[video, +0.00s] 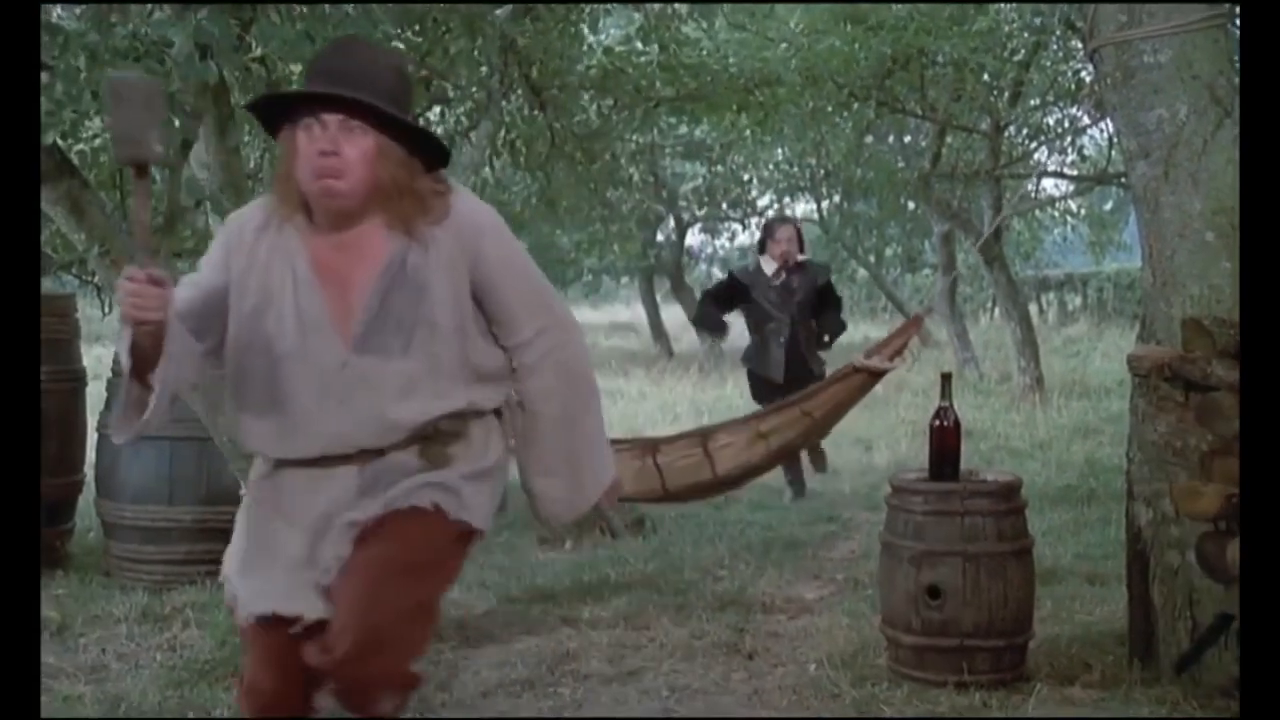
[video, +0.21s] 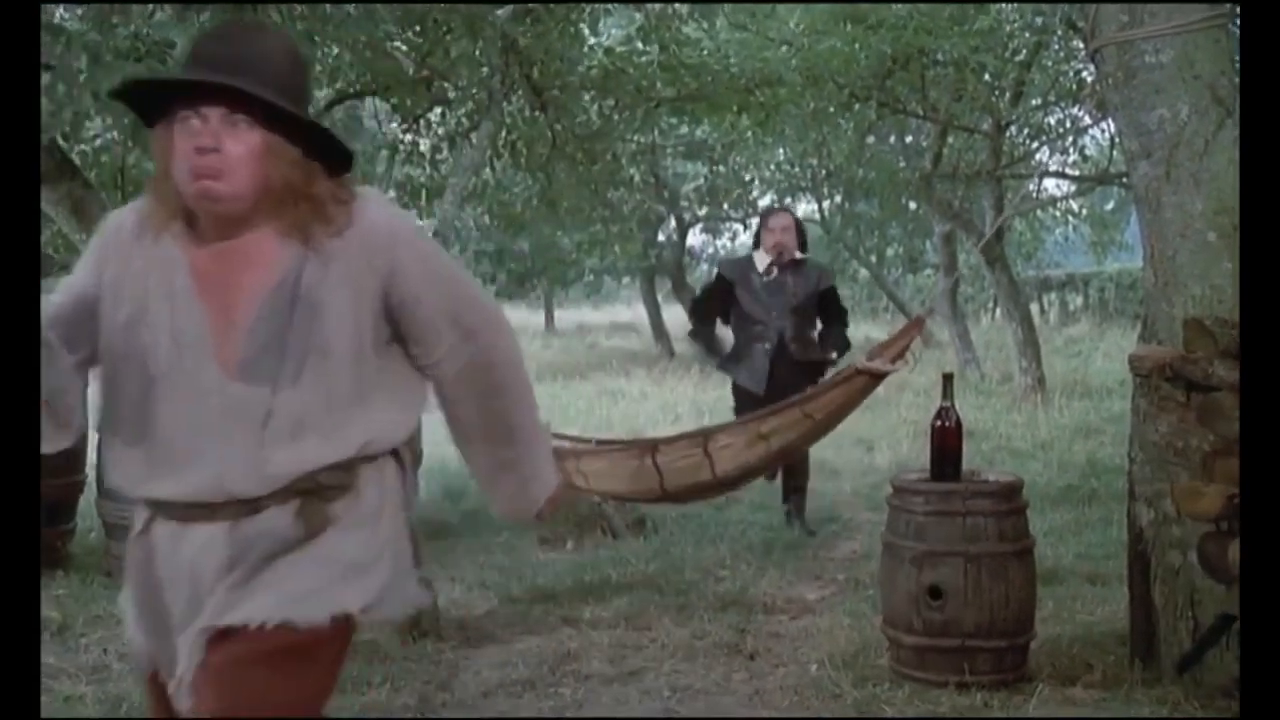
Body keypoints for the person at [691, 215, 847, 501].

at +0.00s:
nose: (788, 249)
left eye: (792, 242)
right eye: (781, 242)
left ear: (800, 245)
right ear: (767, 244)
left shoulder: (814, 276)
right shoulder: (747, 278)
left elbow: (832, 309)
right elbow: (709, 302)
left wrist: (826, 332)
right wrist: (715, 325)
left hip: (806, 362)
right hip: (767, 365)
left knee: (812, 412)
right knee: (782, 428)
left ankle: (813, 443)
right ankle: (795, 486)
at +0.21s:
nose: (778, 238)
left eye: (786, 230)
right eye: (771, 231)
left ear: (798, 237)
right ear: (759, 236)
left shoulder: (815, 276)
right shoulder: (736, 273)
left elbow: (836, 321)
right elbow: (701, 312)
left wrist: (828, 349)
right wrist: (717, 351)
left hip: (798, 372)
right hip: (750, 371)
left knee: (796, 444)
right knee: (752, 440)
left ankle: (795, 512)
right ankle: (768, 461)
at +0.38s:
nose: (739, 224)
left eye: (749, 216)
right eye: (732, 217)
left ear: (766, 222)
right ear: (722, 224)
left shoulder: (785, 263)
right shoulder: (702, 260)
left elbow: (814, 303)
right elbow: (659, 282)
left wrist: (800, 332)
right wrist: (629, 313)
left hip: (778, 382)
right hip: (722, 384)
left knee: (785, 443)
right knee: (722, 466)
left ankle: (794, 478)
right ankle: (726, 548)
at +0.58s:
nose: (688, 227)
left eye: (699, 218)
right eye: (680, 218)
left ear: (718, 226)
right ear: (668, 227)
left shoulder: (742, 279)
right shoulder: (643, 273)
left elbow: (772, 335)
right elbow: (604, 326)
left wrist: (761, 364)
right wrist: (613, 326)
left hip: (718, 404)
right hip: (659, 404)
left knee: (707, 511)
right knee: (665, 516)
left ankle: (704, 598)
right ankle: (701, 513)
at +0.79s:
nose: (616, 224)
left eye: (629, 216)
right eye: (608, 216)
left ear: (654, 227)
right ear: (598, 227)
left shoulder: (679, 284)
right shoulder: (568, 281)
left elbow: (724, 329)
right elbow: (526, 350)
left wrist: (671, 345)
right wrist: (540, 401)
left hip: (641, 424)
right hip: (574, 424)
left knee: (631, 520)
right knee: (563, 531)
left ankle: (637, 609)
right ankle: (580, 628)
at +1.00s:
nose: (562, 212)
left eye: (572, 201)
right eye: (556, 202)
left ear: (605, 198)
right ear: (554, 205)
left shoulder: (653, 235)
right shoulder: (548, 266)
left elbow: (724, 244)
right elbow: (508, 331)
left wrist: (667, 290)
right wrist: (502, 396)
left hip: (618, 388)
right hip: (556, 386)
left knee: (607, 516)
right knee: (512, 398)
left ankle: (622, 629)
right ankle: (450, 435)